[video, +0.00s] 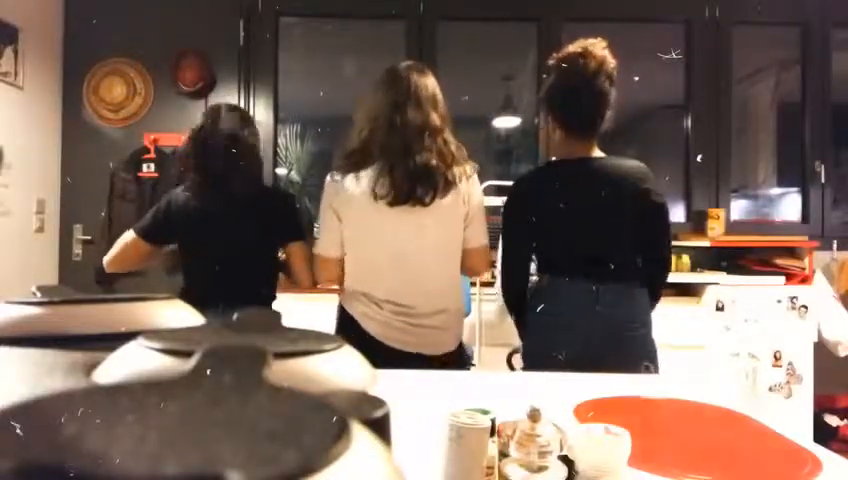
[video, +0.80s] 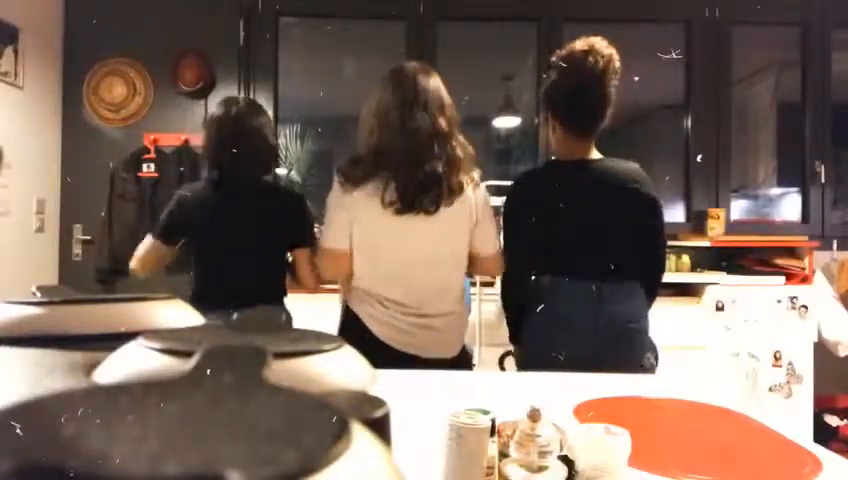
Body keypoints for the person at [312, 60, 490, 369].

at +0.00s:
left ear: (373, 113)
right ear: (438, 112)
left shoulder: (343, 183)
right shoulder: (463, 180)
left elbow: (327, 273)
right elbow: (478, 264)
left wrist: (374, 260)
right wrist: (433, 248)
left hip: (365, 349)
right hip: (440, 353)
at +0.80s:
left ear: (377, 118)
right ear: (445, 116)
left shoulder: (352, 185)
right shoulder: (468, 186)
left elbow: (331, 269)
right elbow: (492, 266)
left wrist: (373, 260)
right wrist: (444, 257)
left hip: (370, 349)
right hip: (445, 353)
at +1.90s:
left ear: (369, 120)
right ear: (435, 117)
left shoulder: (343, 192)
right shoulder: (464, 190)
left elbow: (327, 278)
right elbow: (484, 271)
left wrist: (375, 271)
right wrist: (434, 262)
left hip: (367, 355)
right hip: (442, 358)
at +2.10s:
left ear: (372, 113)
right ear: (435, 111)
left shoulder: (343, 185)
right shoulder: (463, 185)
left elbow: (333, 275)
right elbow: (484, 270)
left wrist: (379, 265)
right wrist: (435, 259)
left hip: (368, 348)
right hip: (442, 351)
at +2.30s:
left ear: (369, 122)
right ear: (433, 119)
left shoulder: (343, 195)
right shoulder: (463, 192)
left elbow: (325, 278)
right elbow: (484, 275)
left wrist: (373, 268)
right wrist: (435, 267)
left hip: (364, 355)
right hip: (439, 359)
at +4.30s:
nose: (363, 110)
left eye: (377, 103)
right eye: (361, 102)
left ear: (404, 112)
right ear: (354, 108)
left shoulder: (396, 162)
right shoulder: (414, 166)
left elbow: (407, 243)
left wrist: (361, 180)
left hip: (390, 313)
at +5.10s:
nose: (353, 138)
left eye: (365, 130)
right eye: (352, 131)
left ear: (393, 136)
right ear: (350, 136)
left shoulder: (394, 178)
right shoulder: (382, 182)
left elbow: (411, 253)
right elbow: (377, 267)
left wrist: (363, 196)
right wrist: (330, 292)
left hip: (395, 313)